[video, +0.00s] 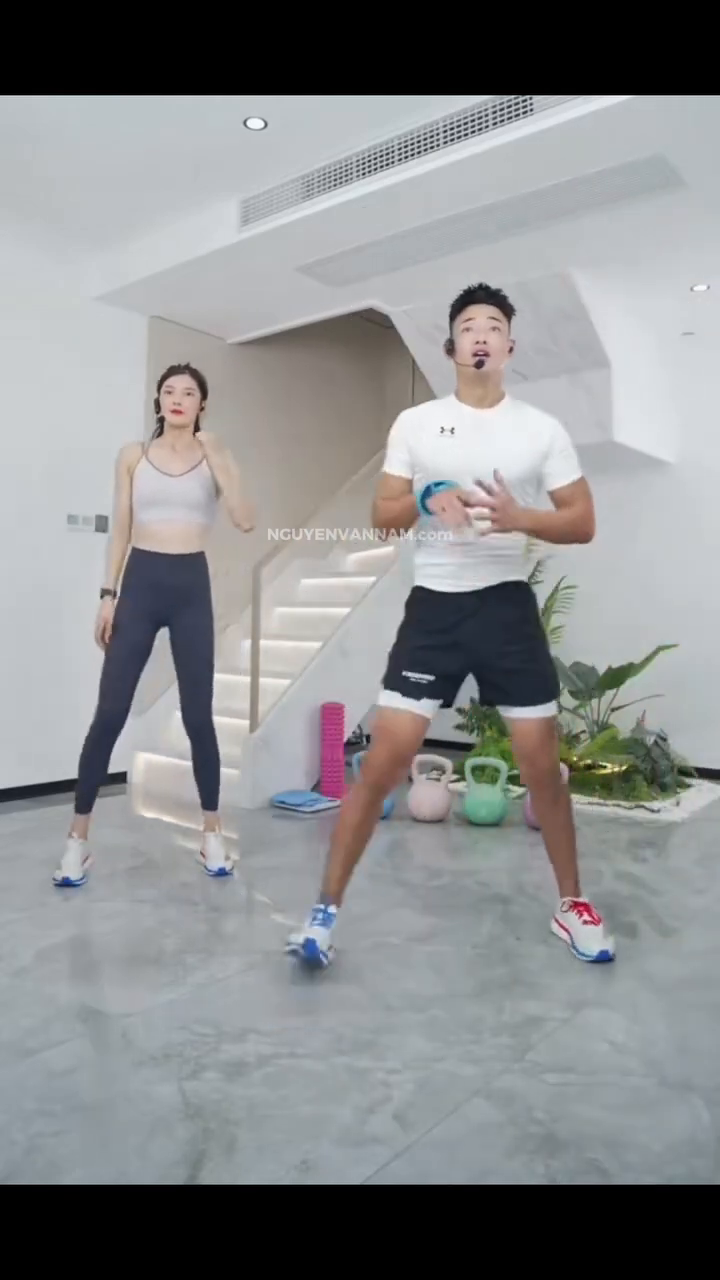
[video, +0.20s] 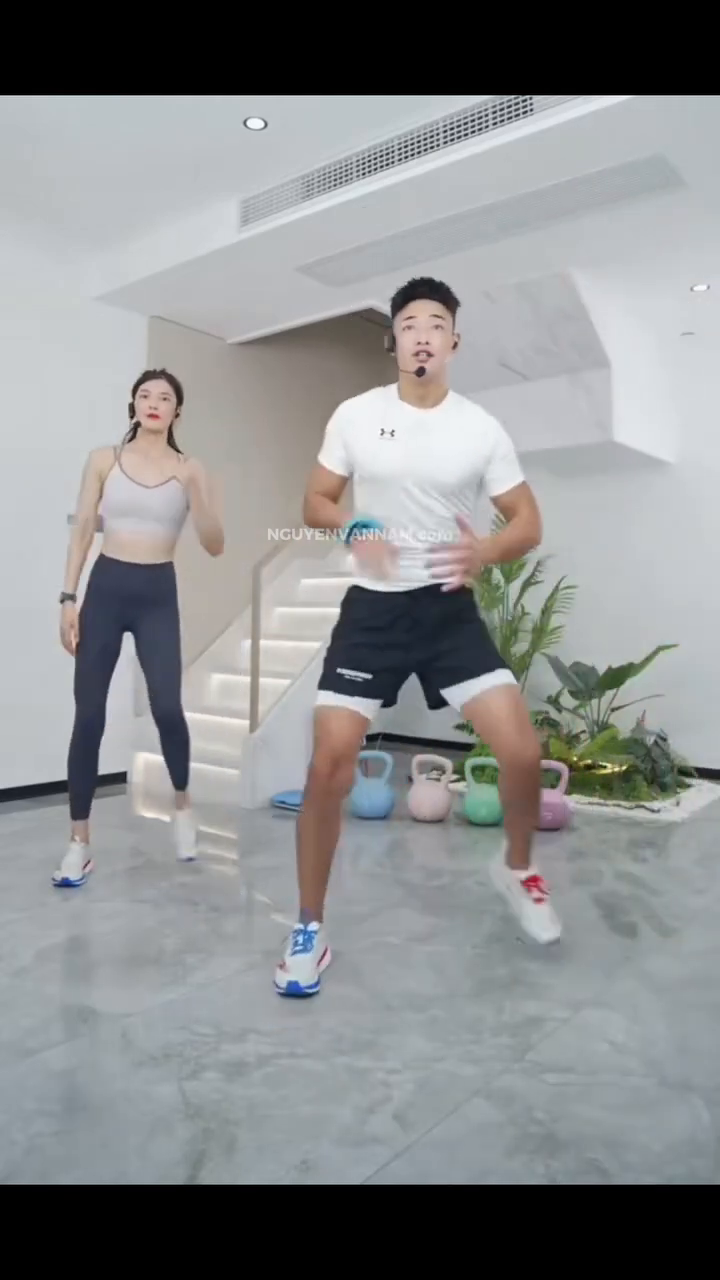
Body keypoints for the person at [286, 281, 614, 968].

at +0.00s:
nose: (480, 337)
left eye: (492, 328)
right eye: (469, 328)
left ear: (510, 345)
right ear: (450, 346)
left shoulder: (539, 429)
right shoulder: (415, 425)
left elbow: (582, 525)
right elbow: (383, 514)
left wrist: (518, 516)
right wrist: (428, 503)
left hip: (508, 608)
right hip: (432, 609)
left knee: (542, 761)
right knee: (383, 759)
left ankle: (572, 904)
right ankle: (325, 912)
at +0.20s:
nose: (422, 337)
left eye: (436, 326)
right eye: (409, 326)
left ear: (456, 341)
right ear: (392, 341)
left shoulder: (481, 429)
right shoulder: (356, 417)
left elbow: (527, 525)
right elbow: (317, 504)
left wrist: (484, 552)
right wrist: (351, 526)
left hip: (448, 611)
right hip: (370, 612)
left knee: (523, 754)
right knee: (329, 763)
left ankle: (519, 870)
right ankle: (308, 927)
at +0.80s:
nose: (434, 297)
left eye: (447, 285)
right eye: (420, 288)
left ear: (469, 302)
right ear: (398, 308)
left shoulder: (508, 385)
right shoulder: (369, 394)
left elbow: (552, 490)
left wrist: (475, 435)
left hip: (494, 588)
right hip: (405, 593)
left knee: (559, 774)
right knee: (360, 767)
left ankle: (600, 950)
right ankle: (321, 928)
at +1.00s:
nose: (495, 321)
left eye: (509, 306)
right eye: (480, 309)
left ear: (531, 319)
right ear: (459, 325)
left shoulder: (573, 404)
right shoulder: (432, 418)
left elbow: (642, 499)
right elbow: (418, 521)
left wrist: (603, 538)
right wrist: (430, 545)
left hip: (565, 609)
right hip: (473, 613)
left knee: (603, 785)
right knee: (375, 746)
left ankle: (624, 968)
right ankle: (343, 909)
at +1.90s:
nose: (397, 330)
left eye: (412, 318)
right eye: (386, 317)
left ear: (433, 326)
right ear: (369, 322)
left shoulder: (453, 410)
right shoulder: (327, 398)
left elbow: (494, 507)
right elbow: (279, 484)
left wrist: (442, 556)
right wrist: (310, 510)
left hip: (424, 585)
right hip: (345, 587)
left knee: (461, 719)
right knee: (317, 750)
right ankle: (308, 909)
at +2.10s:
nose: (371, 369)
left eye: (384, 356)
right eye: (359, 357)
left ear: (409, 358)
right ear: (345, 362)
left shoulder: (445, 426)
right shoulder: (319, 418)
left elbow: (499, 467)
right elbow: (251, 443)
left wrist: (491, 553)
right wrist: (250, 507)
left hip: (400, 614)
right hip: (325, 609)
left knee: (376, 773)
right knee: (296, 769)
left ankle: (338, 894)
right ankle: (283, 899)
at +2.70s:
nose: (493, 380)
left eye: (505, 367)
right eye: (480, 368)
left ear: (523, 370)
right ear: (461, 374)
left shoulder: (555, 436)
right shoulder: (435, 443)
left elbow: (589, 513)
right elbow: (421, 529)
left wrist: (605, 576)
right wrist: (423, 596)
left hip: (543, 606)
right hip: (463, 607)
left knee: (576, 749)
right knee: (421, 724)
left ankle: (583, 898)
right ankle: (392, 874)